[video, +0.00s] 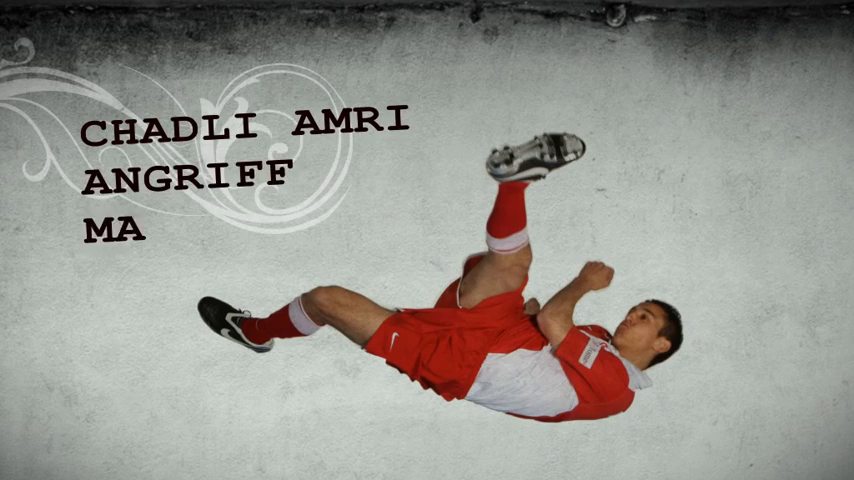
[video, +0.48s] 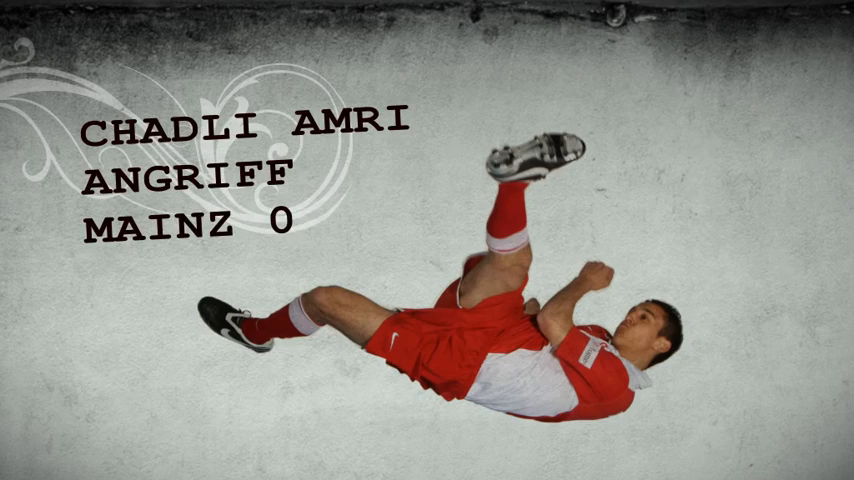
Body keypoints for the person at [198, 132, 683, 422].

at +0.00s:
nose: (633, 317)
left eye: (645, 319)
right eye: (637, 313)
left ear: (658, 347)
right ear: (631, 326)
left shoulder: (616, 386)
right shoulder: (597, 349)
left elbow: (550, 324)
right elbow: (519, 324)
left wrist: (583, 283)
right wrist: (470, 286)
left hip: (452, 360)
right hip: (482, 323)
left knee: (324, 299)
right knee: (509, 257)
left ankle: (256, 333)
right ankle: (513, 176)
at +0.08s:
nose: (633, 317)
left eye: (645, 319)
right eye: (637, 313)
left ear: (658, 347)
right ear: (631, 326)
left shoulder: (616, 386)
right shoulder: (597, 349)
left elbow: (549, 324)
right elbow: (519, 324)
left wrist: (583, 283)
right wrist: (470, 286)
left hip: (452, 360)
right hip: (482, 323)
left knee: (324, 299)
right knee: (509, 257)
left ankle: (256, 333)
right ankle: (512, 176)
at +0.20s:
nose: (633, 317)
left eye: (645, 319)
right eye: (637, 313)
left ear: (658, 348)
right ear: (632, 326)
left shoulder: (616, 386)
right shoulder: (596, 349)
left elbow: (549, 324)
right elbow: (517, 324)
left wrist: (583, 283)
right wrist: (471, 285)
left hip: (452, 360)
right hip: (482, 323)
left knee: (324, 299)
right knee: (510, 257)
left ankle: (256, 333)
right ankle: (512, 176)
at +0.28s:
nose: (633, 317)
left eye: (645, 319)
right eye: (637, 313)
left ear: (658, 348)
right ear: (632, 326)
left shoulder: (616, 386)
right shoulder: (596, 349)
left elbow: (549, 324)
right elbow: (518, 324)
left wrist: (583, 283)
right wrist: (471, 285)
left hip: (452, 360)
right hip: (482, 323)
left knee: (324, 299)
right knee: (509, 257)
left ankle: (256, 333)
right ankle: (512, 176)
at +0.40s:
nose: (633, 317)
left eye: (645, 319)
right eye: (637, 313)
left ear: (658, 348)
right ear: (632, 326)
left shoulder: (616, 386)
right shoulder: (596, 349)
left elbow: (549, 324)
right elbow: (518, 324)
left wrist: (583, 283)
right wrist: (471, 285)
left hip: (452, 360)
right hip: (482, 323)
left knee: (324, 299)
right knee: (509, 257)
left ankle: (256, 333)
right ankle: (512, 176)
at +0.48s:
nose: (633, 317)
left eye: (645, 319)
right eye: (637, 313)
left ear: (658, 348)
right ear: (632, 326)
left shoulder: (616, 386)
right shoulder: (596, 349)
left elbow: (549, 324)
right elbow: (517, 324)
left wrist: (583, 283)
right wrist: (471, 285)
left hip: (452, 360)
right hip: (481, 323)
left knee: (324, 299)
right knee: (509, 257)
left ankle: (256, 333)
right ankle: (512, 176)